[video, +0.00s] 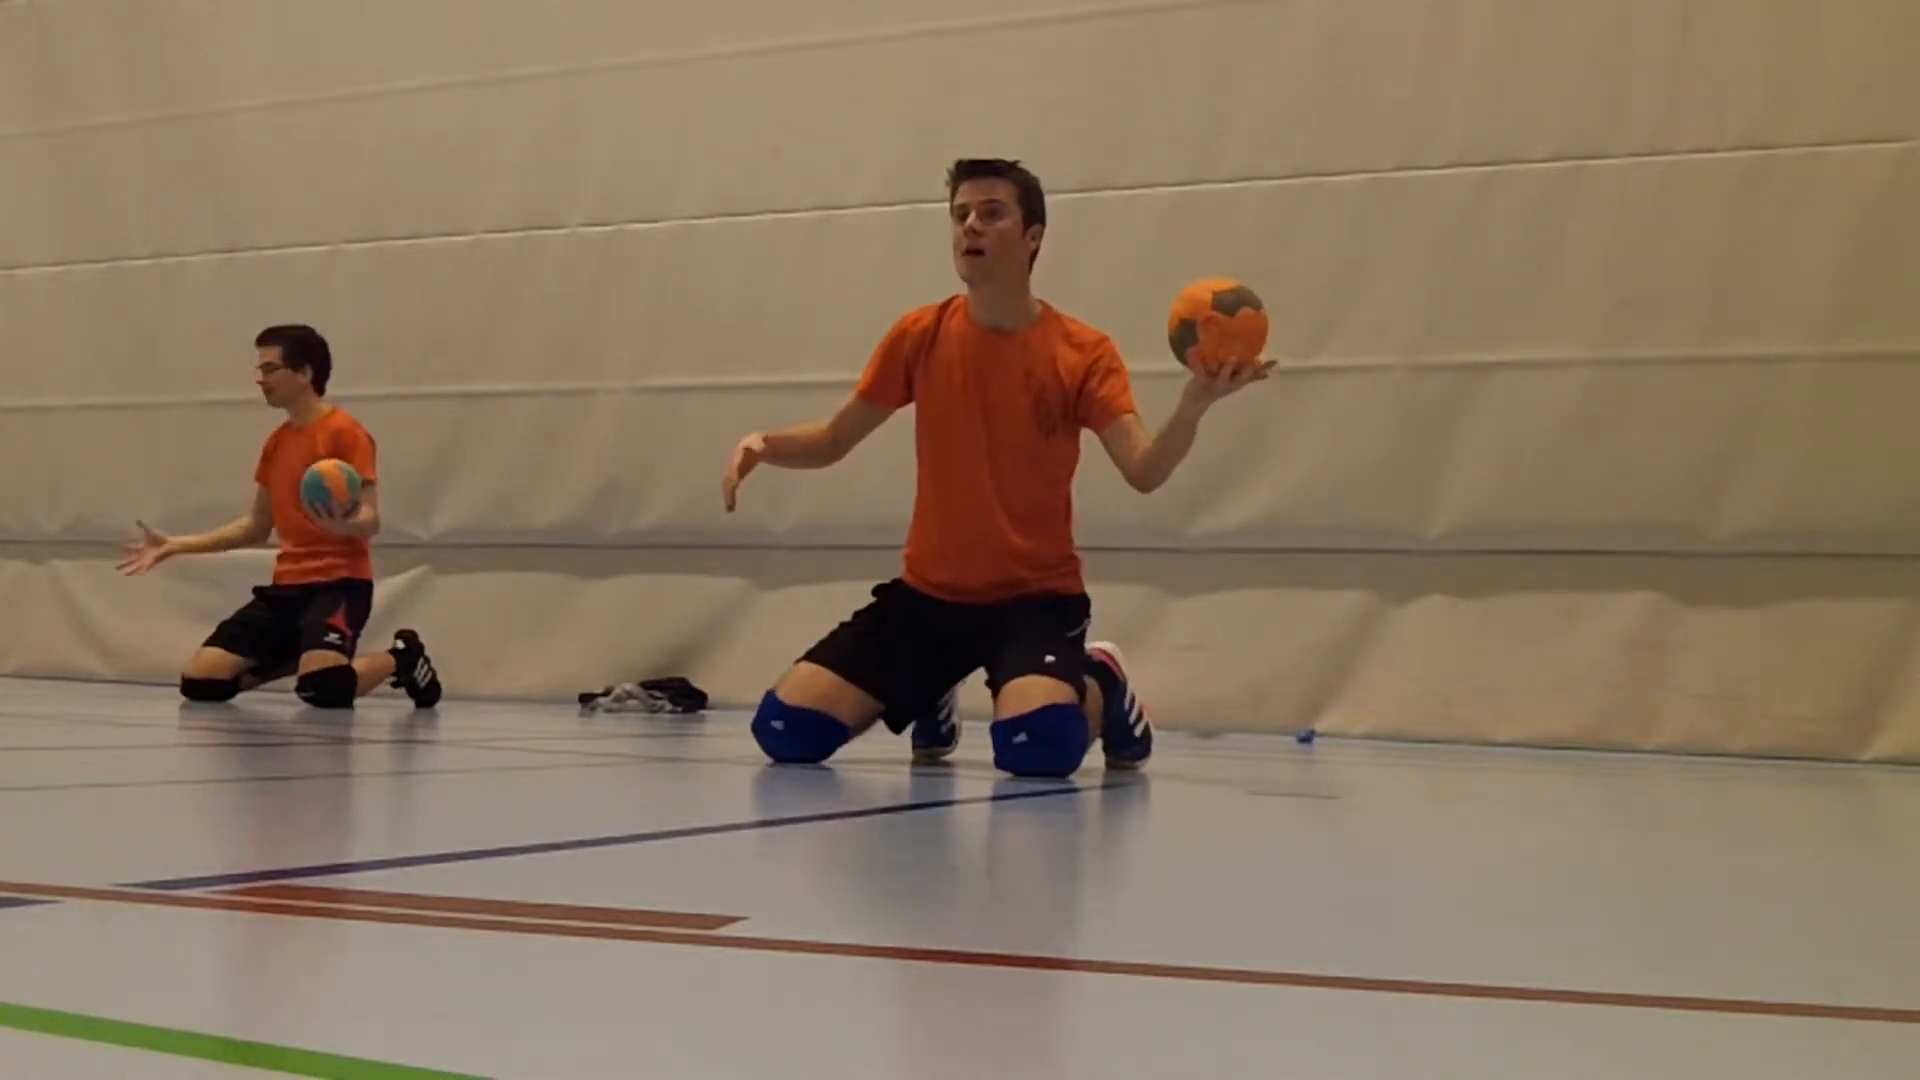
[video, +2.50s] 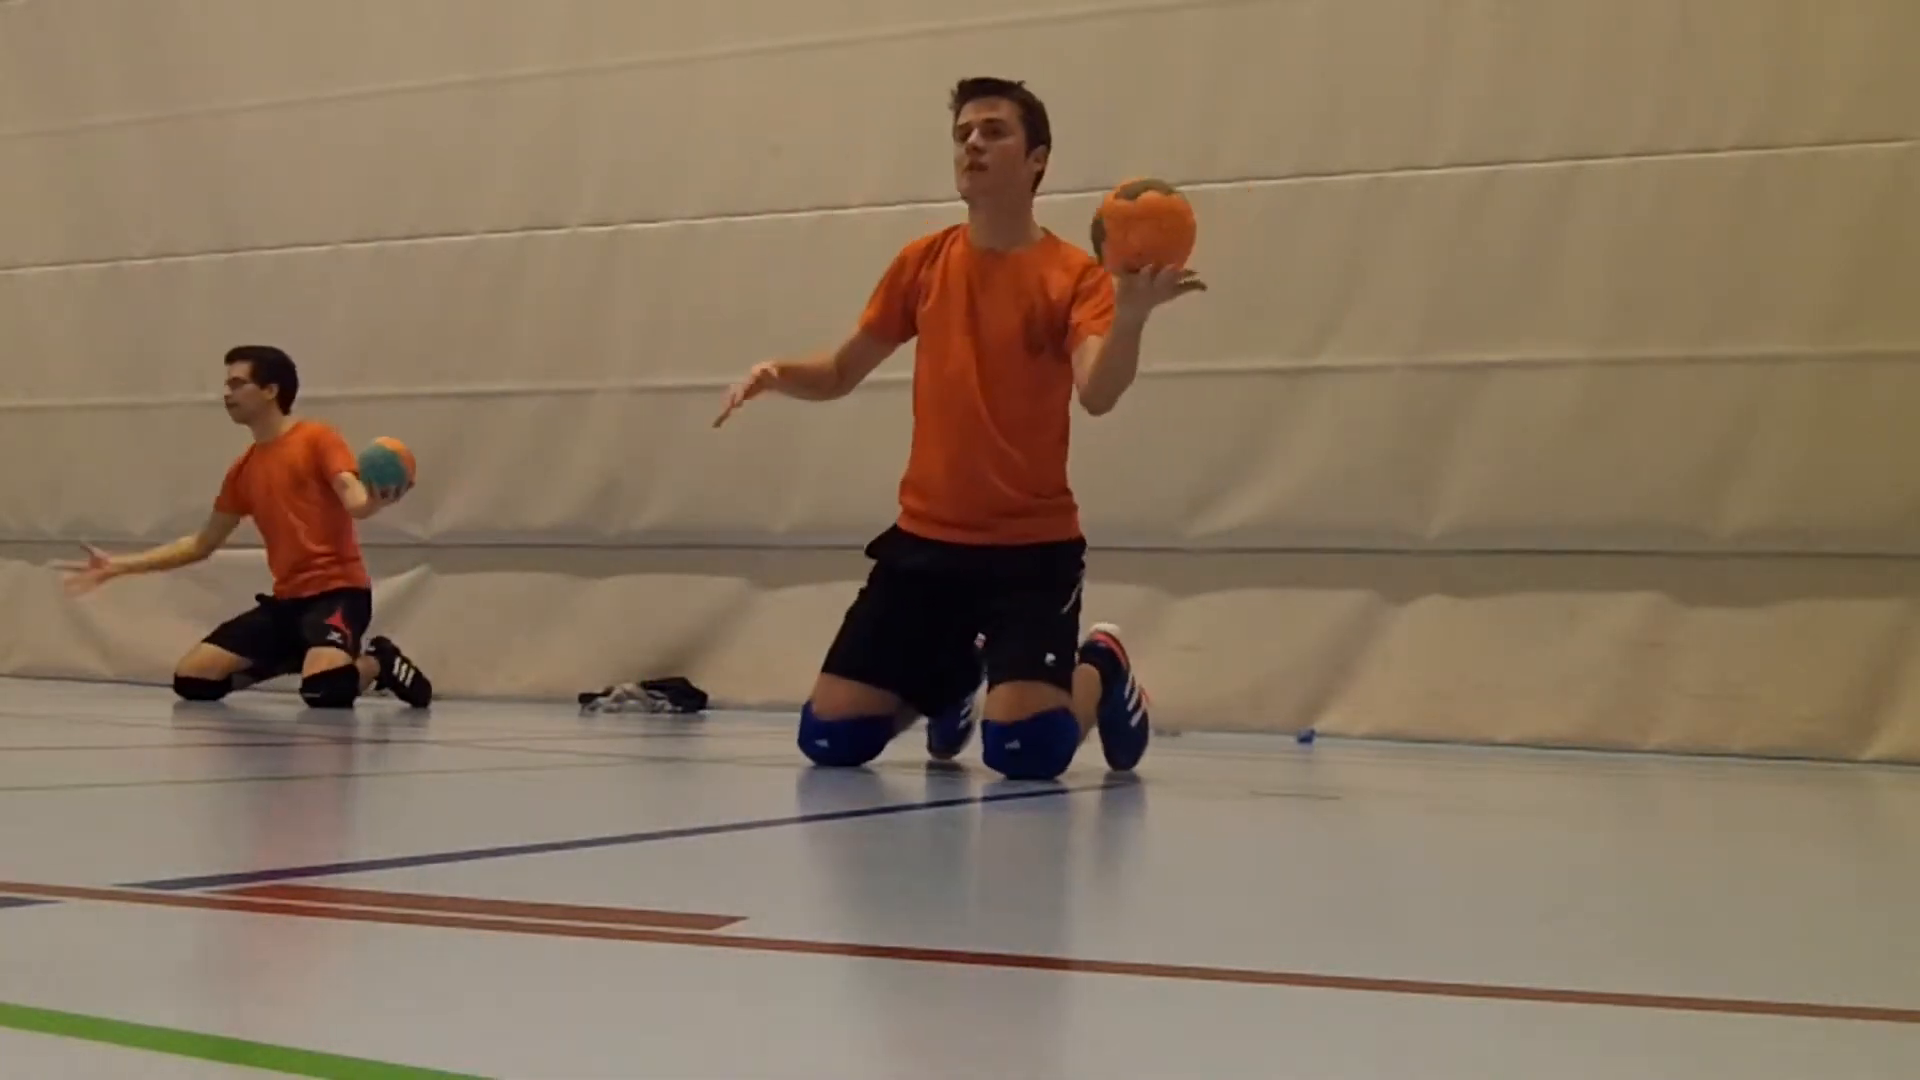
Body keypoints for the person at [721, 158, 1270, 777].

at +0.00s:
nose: (971, 226)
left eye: (992, 213)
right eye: (961, 215)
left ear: (1032, 238)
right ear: (948, 235)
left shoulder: (1080, 353)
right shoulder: (921, 337)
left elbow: (1144, 471)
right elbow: (832, 438)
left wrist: (1197, 401)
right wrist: (762, 444)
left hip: (1035, 598)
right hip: (928, 594)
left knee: (1036, 753)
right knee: (784, 731)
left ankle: (1101, 683)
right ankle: (919, 685)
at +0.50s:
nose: (785, 209)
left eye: (804, 194)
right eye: (780, 199)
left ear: (857, 208)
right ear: (784, 219)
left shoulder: (923, 308)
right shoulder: (767, 319)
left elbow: (1002, 411)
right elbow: (650, 394)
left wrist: (1065, 357)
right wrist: (527, 383)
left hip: (940, 566)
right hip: (836, 579)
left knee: (1002, 742)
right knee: (713, 729)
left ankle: (1116, 684)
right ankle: (883, 681)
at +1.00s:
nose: (770, 201)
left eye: (788, 184)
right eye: (761, 189)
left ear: (836, 195)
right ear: (755, 203)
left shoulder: (882, 308)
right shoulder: (747, 293)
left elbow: (860, 426)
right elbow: (754, 418)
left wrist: (865, 320)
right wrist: (700, 395)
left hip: (874, 552)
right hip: (776, 565)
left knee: (942, 730)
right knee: (654, 726)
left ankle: (1093, 692)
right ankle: (838, 677)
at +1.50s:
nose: (890, 235)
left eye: (909, 221)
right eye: (880, 221)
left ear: (951, 239)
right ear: (869, 235)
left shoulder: (1000, 337)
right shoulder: (868, 345)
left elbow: (1004, 488)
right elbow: (803, 462)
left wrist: (976, 387)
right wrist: (764, 361)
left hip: (998, 593)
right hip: (896, 597)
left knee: (980, 743)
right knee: (756, 730)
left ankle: (1089, 687)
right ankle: (907, 691)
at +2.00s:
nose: (1027, 141)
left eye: (1051, 131)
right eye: (1017, 131)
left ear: (1088, 167)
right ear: (1002, 155)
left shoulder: (1122, 289)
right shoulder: (957, 251)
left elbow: (1159, 429)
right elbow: (809, 290)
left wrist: (1183, 335)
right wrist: (840, 233)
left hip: (1050, 547)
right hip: (939, 532)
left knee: (1022, 753)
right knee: (834, 736)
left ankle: (1116, 681)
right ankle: (905, 707)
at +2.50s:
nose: (972, 143)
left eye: (994, 130)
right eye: (963, 134)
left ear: (1037, 162)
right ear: (952, 160)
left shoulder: (1075, 276)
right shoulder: (925, 263)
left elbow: (1099, 394)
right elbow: (840, 371)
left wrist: (1130, 318)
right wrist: (780, 373)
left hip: (1033, 546)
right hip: (925, 539)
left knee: (1023, 754)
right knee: (829, 739)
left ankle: (1102, 669)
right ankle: (950, 675)